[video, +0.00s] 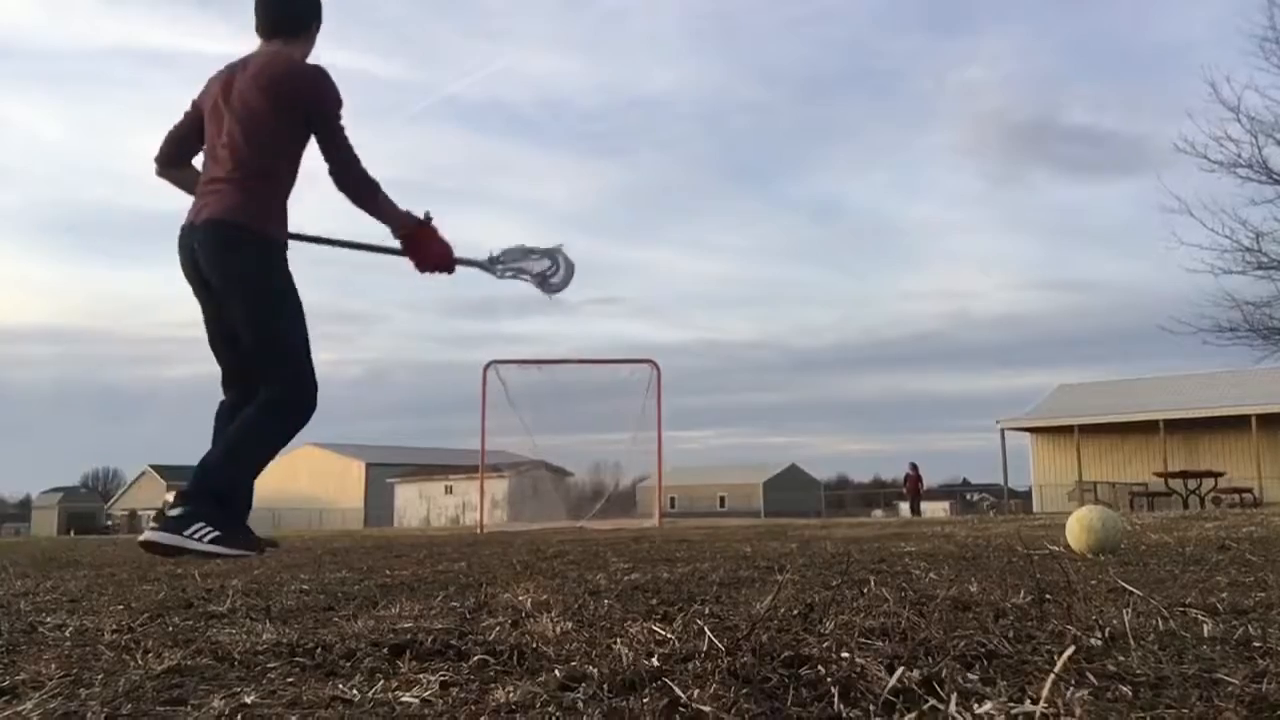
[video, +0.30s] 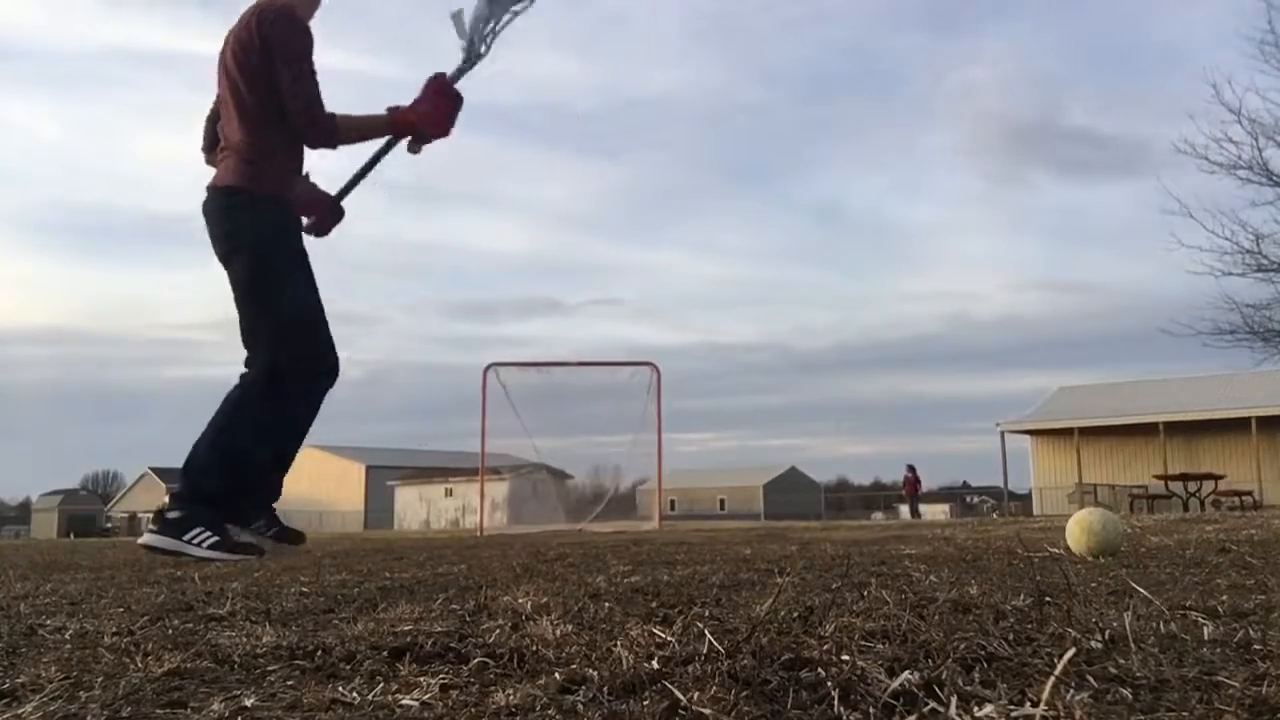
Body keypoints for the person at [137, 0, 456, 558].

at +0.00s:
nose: (314, 39)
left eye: (307, 29)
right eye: (316, 29)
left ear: (261, 24)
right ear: (313, 27)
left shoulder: (223, 79)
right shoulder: (309, 79)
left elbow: (169, 162)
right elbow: (348, 174)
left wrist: (227, 197)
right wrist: (407, 225)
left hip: (198, 238)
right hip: (247, 239)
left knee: (242, 386)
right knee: (293, 391)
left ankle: (225, 522)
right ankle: (196, 513)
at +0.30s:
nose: (319, 5)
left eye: (318, 2)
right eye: (317, 0)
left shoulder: (248, 31)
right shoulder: (282, 22)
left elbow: (222, 143)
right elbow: (313, 126)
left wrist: (301, 194)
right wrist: (406, 118)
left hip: (242, 205)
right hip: (252, 207)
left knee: (298, 362)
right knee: (299, 363)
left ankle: (246, 507)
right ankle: (187, 514)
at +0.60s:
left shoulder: (279, 15)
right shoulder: (295, 7)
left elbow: (275, 131)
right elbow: (288, 91)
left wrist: (338, 180)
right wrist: (367, 96)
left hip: (292, 196)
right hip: (274, 193)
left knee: (359, 350)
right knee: (248, 358)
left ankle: (364, 509)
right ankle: (183, 514)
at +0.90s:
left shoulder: (380, 20)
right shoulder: (330, 4)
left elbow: (374, 127)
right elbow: (328, 75)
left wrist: (428, 138)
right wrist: (408, 110)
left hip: (374, 186)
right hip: (323, 176)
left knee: (391, 352)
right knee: (324, 339)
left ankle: (365, 522)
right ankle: (216, 476)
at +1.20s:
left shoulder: (444, 12)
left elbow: (443, 65)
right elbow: (319, 7)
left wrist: (469, 146)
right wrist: (323, 69)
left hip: (421, 148)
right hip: (372, 129)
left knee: (408, 332)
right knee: (383, 316)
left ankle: (375, 511)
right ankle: (342, 504)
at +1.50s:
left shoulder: (495, 10)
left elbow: (500, 76)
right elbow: (326, 4)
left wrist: (521, 178)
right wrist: (323, 97)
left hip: (461, 128)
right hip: (410, 111)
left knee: (433, 308)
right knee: (443, 304)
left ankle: (372, 501)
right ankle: (443, 507)